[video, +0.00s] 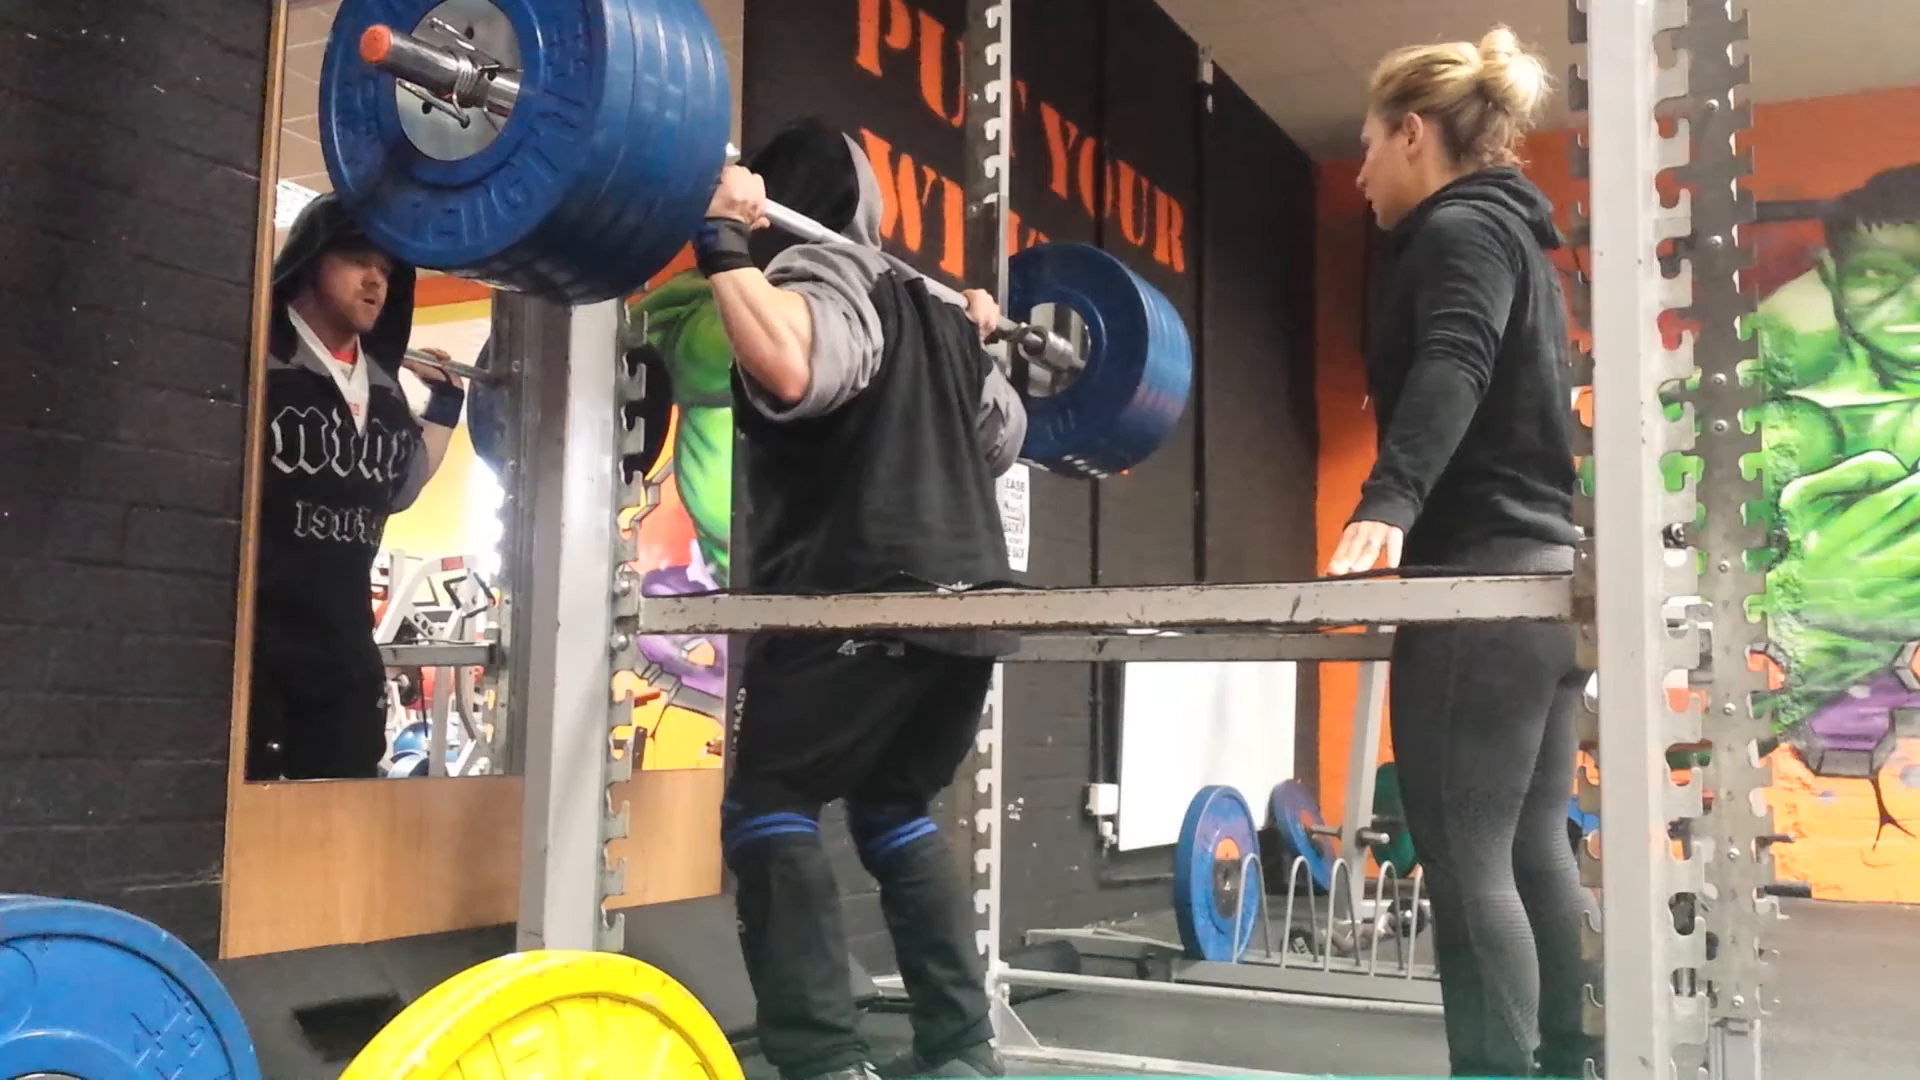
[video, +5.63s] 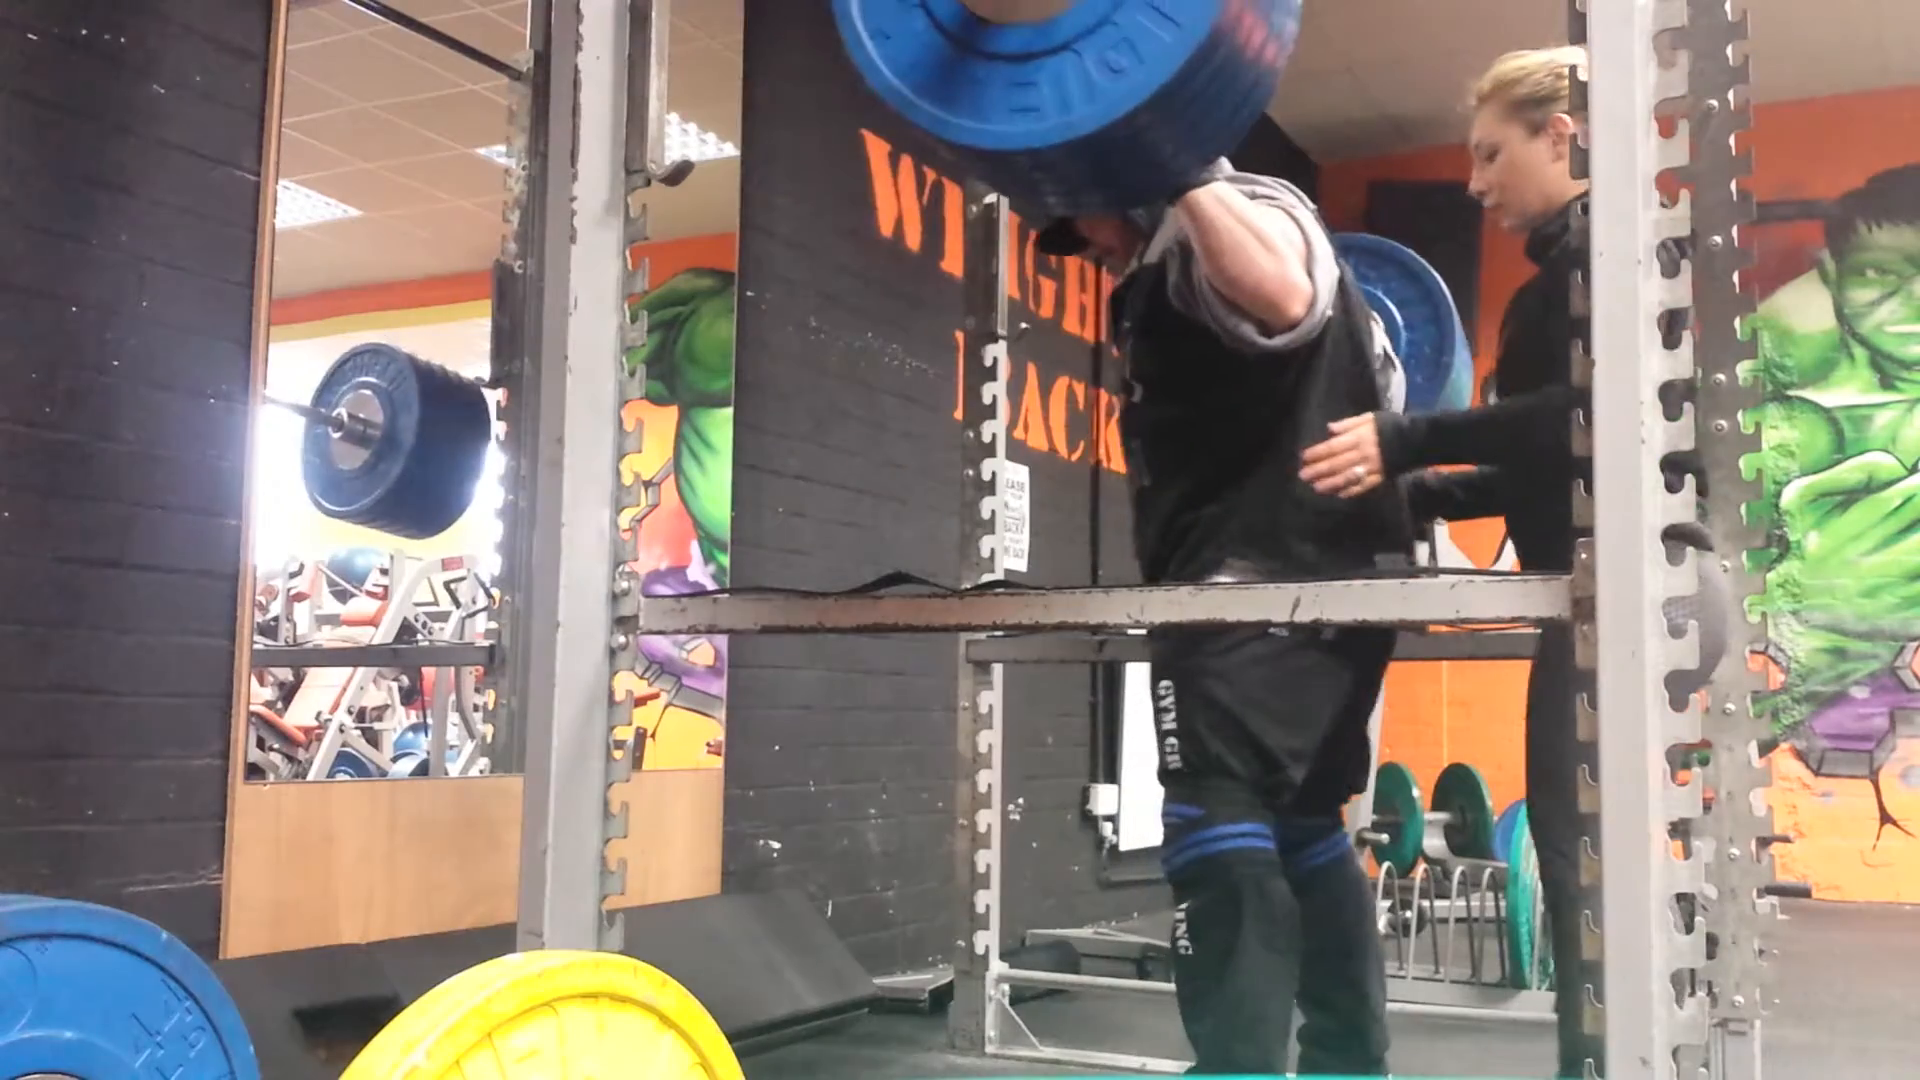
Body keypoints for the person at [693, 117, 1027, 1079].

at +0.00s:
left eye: (754, 210)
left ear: (778, 209)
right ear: (865, 204)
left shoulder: (811, 276)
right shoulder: (935, 301)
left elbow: (791, 369)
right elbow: (1003, 436)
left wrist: (722, 239)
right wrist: (990, 338)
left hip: (845, 601)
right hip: (971, 602)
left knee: (768, 806)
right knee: (896, 806)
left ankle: (814, 1049)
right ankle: (958, 1048)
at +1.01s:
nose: (734, 247)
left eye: (743, 224)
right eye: (730, 224)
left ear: (778, 220)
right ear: (846, 213)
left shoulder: (822, 271)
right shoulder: (933, 301)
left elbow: (793, 367)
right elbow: (1008, 435)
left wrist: (721, 238)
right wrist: (981, 341)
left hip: (850, 599)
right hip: (972, 605)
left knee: (767, 802)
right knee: (895, 808)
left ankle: (806, 1049)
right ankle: (958, 1049)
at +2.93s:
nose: (764, 216)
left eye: (773, 194)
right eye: (763, 194)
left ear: (802, 187)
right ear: (871, 182)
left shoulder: (842, 241)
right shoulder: (952, 274)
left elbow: (840, 335)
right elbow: (1026, 408)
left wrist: (763, 212)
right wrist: (1009, 320)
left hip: (871, 568)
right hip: (986, 567)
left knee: (833, 797)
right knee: (940, 799)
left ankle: (817, 1050)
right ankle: (964, 1046)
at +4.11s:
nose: (862, 230)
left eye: (870, 208)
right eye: (861, 215)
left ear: (909, 173)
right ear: (977, 163)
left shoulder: (964, 226)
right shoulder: (1058, 257)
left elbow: (993, 311)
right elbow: (1135, 390)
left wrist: (892, 195)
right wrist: (1132, 324)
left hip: (989, 569)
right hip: (1092, 565)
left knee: (946, 807)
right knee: (1012, 791)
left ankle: (960, 1060)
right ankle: (1074, 1027)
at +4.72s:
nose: (976, 228)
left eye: (980, 205)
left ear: (1010, 186)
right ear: (1090, 165)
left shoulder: (1088, 229)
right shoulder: (1165, 244)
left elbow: (1141, 316)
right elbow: (1255, 368)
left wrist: (1050, 224)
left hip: (1113, 560)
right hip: (1219, 559)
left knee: (1020, 777)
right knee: (1156, 801)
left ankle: (1075, 1055)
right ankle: (1179, 1061)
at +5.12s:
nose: (1015, 241)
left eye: (1019, 219)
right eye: (1005, 227)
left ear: (1061, 193)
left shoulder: (1181, 221)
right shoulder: (1101, 271)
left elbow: (1217, 306)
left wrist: (1110, 186)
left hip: (1219, 572)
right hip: (1164, 575)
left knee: (1163, 826)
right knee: (1167, 826)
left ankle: (1220, 1068)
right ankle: (1187, 1061)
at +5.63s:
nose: (1081, 247)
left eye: (1078, 222)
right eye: (1066, 234)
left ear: (1116, 181)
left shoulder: (1240, 208)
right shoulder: (1169, 258)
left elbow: (1282, 295)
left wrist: (1173, 161)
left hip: (1265, 578)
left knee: (1214, 819)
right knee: (1303, 823)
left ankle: (1237, 1065)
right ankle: (1347, 1064)